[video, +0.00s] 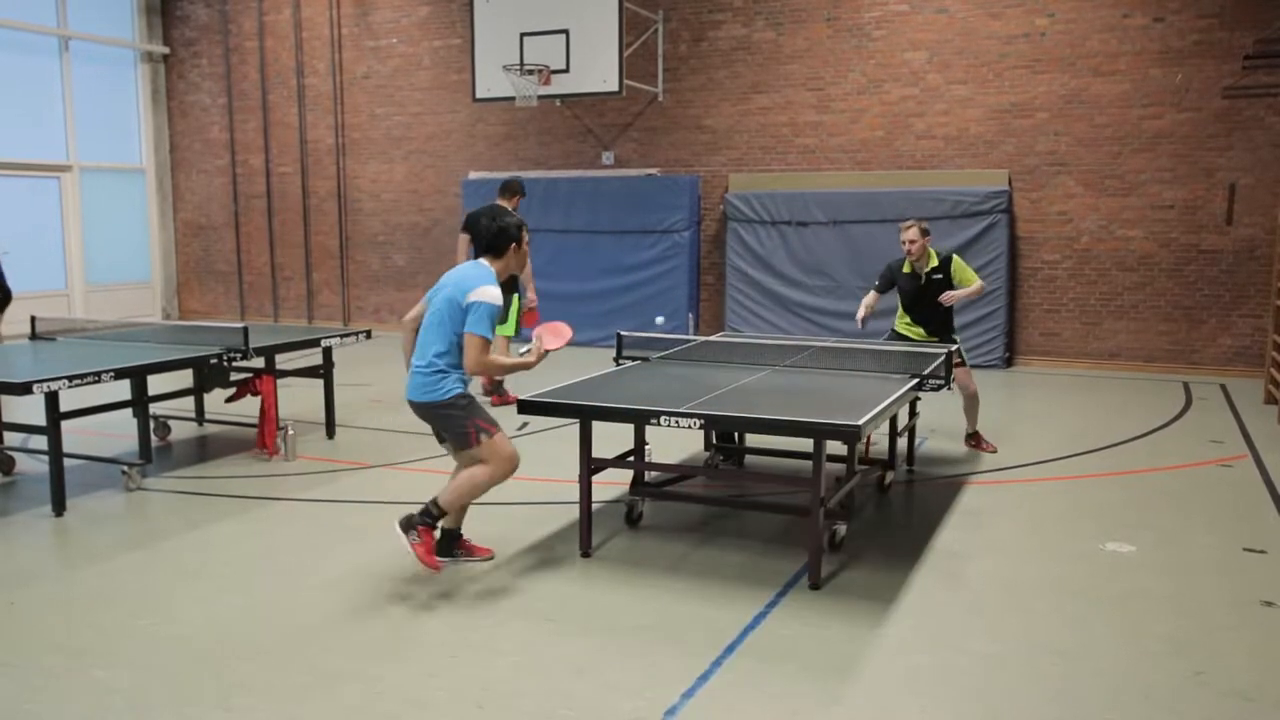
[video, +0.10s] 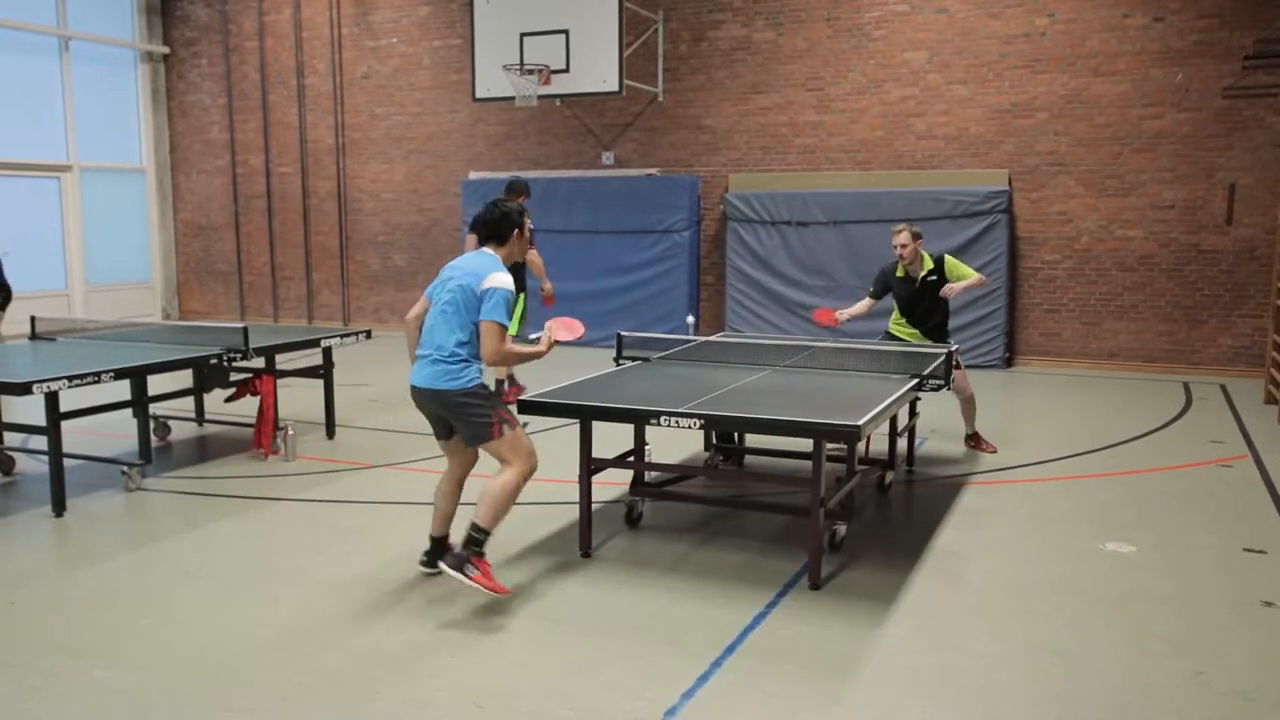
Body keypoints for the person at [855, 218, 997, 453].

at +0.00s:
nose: (907, 248)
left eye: (912, 242)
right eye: (903, 243)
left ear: (927, 240)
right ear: (901, 244)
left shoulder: (948, 262)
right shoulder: (896, 268)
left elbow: (978, 285)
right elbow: (874, 294)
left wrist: (959, 294)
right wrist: (864, 307)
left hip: (942, 338)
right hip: (904, 335)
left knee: (970, 390)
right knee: (873, 377)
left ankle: (972, 434)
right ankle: (864, 432)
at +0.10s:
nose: (899, 252)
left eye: (903, 246)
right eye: (895, 247)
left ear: (918, 244)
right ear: (893, 248)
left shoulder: (941, 263)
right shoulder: (889, 273)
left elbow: (980, 280)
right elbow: (868, 303)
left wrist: (961, 285)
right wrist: (847, 313)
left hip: (936, 340)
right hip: (899, 337)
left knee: (966, 392)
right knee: (869, 380)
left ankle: (971, 434)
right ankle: (860, 432)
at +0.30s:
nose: (850, 255)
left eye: (854, 250)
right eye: (847, 251)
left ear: (871, 246)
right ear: (847, 251)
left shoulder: (897, 259)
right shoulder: (848, 278)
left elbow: (934, 266)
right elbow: (826, 309)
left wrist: (938, 274)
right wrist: (800, 313)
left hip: (902, 343)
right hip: (865, 344)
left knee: (934, 389)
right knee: (836, 385)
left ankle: (964, 433)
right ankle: (810, 437)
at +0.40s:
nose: (828, 263)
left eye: (833, 258)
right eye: (826, 259)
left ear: (849, 254)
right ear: (827, 260)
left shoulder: (873, 267)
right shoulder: (827, 289)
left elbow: (904, 271)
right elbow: (805, 312)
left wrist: (919, 279)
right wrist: (778, 315)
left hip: (888, 347)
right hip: (851, 350)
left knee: (921, 391)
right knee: (826, 390)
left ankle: (952, 435)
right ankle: (810, 438)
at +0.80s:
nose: (837, 259)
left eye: (842, 253)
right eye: (833, 255)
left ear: (854, 253)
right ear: (828, 257)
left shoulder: (872, 271)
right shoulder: (822, 289)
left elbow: (897, 284)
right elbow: (810, 319)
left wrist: (906, 302)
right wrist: (799, 328)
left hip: (881, 349)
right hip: (844, 352)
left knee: (918, 385)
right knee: (818, 388)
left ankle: (936, 432)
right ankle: (810, 438)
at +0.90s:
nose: (853, 254)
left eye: (859, 248)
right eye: (849, 249)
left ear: (871, 249)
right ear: (845, 252)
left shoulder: (890, 269)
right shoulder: (839, 281)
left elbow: (919, 289)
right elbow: (829, 314)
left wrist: (916, 305)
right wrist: (817, 324)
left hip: (894, 350)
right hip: (856, 352)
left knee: (927, 386)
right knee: (826, 388)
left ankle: (937, 433)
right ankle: (810, 439)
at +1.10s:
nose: (868, 237)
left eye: (873, 231)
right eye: (864, 232)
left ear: (886, 231)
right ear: (860, 234)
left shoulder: (908, 250)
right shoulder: (858, 262)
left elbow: (935, 276)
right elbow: (851, 292)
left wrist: (919, 298)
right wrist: (841, 308)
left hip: (909, 325)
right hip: (873, 324)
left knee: (931, 375)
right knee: (848, 366)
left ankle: (940, 429)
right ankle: (858, 428)